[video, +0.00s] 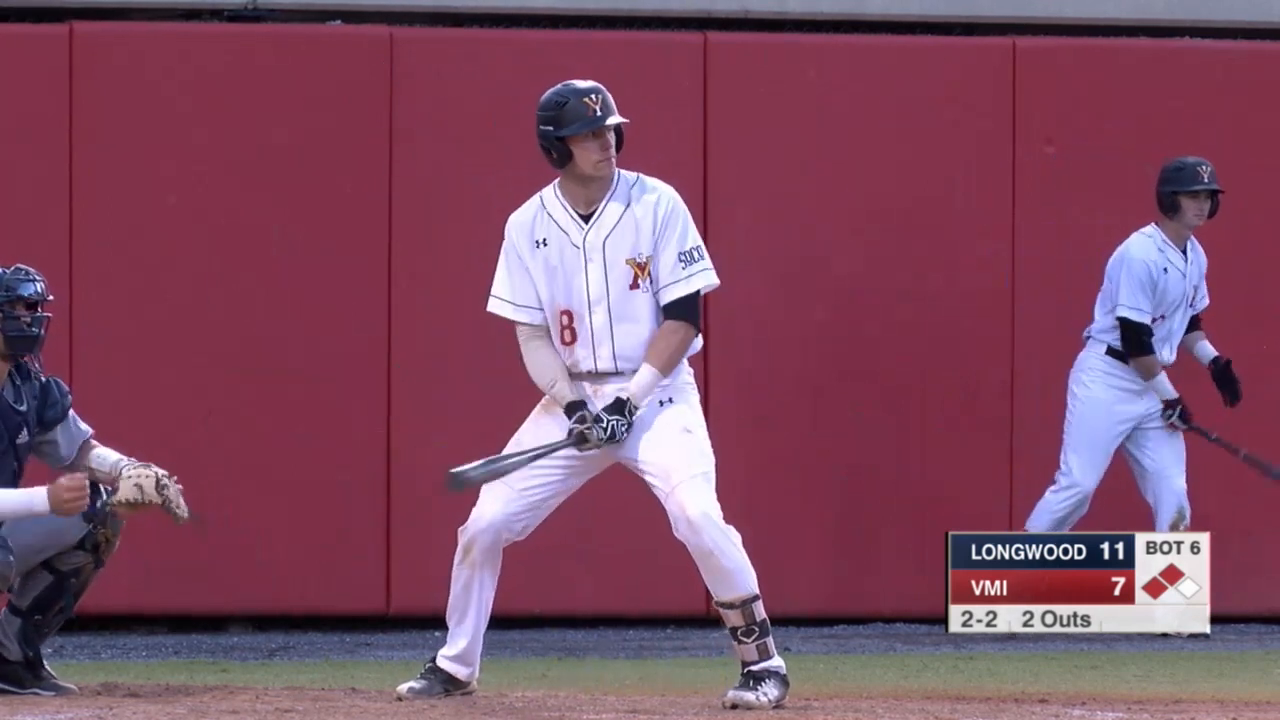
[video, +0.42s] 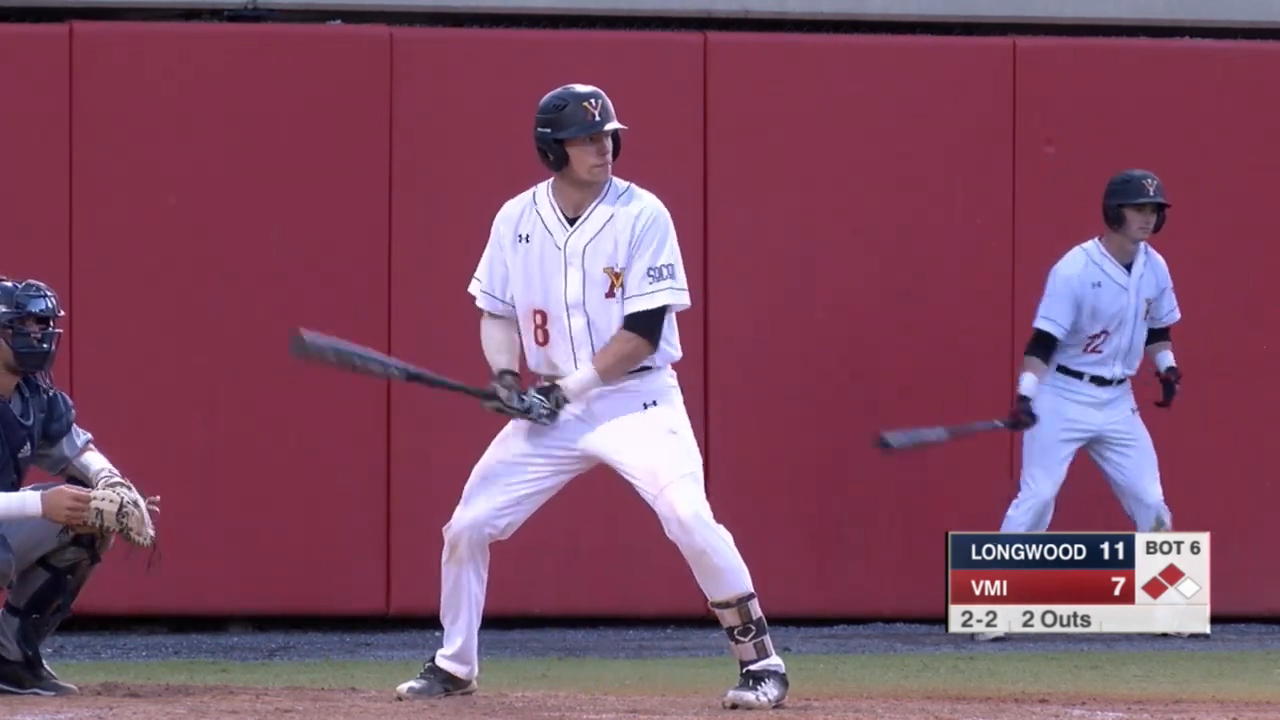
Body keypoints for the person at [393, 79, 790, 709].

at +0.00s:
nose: (605, 144)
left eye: (609, 132)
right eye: (589, 136)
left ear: (617, 133)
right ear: (557, 145)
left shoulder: (658, 204)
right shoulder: (526, 225)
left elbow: (683, 319)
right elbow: (532, 337)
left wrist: (631, 400)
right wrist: (575, 406)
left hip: (658, 397)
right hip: (570, 403)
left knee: (697, 516)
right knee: (483, 526)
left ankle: (762, 666)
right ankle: (454, 666)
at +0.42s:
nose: (603, 150)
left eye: (608, 138)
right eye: (587, 140)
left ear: (615, 140)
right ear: (554, 147)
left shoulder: (643, 213)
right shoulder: (515, 219)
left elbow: (643, 332)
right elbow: (498, 314)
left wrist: (568, 386)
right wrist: (507, 378)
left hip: (637, 403)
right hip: (549, 410)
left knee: (687, 516)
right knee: (467, 526)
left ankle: (762, 666)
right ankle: (453, 666)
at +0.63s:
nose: (592, 151)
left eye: (596, 139)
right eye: (576, 141)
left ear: (604, 140)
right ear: (544, 147)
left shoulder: (628, 214)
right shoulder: (508, 214)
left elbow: (596, 328)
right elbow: (471, 299)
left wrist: (507, 350)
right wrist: (457, 324)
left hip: (632, 401)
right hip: (547, 402)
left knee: (682, 517)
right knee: (462, 524)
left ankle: (760, 665)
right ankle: (453, 666)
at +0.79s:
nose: (591, 155)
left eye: (596, 143)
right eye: (575, 146)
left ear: (605, 143)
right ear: (544, 152)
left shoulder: (626, 216)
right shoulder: (511, 214)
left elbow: (563, 315)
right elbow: (467, 267)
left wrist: (471, 298)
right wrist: (448, 267)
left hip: (634, 404)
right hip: (550, 405)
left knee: (683, 520)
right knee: (461, 527)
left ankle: (761, 665)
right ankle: (453, 667)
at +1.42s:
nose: (621, 174)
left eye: (625, 162)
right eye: (606, 165)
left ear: (631, 163)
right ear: (571, 170)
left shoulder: (647, 230)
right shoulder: (534, 214)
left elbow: (557, 277)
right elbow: (438, 221)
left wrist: (500, 212)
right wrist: (474, 195)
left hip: (643, 417)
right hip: (561, 418)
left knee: (691, 527)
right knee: (463, 531)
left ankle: (761, 664)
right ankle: (452, 668)